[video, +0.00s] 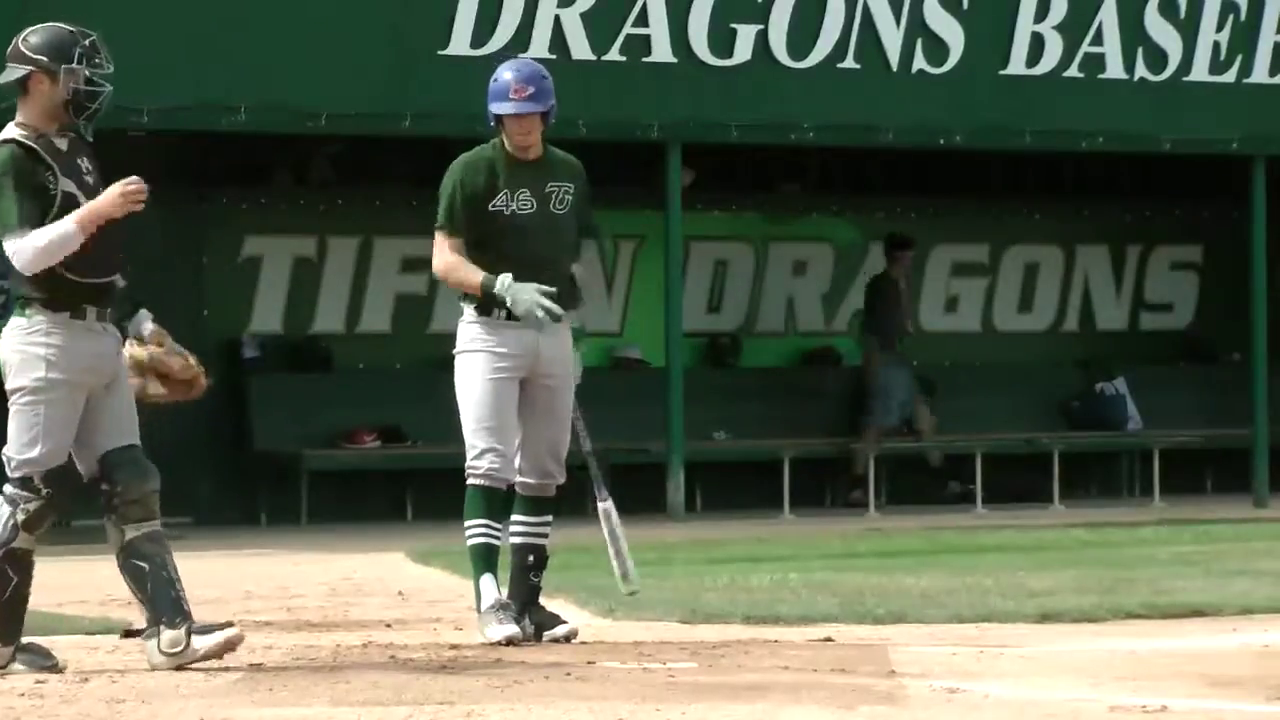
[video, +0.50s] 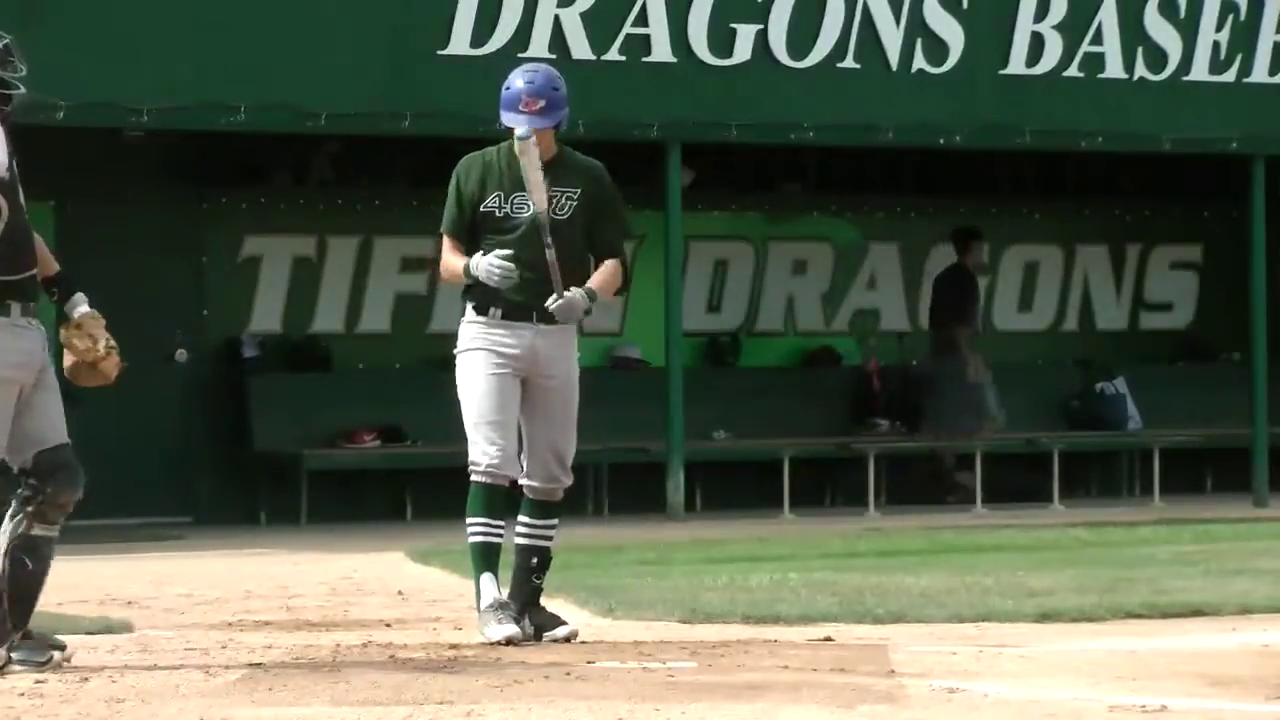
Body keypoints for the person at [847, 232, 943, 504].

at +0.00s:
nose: (907, 263)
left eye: (909, 258)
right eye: (902, 258)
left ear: (907, 258)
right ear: (891, 257)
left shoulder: (901, 285)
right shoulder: (879, 285)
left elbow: (902, 322)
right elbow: (873, 327)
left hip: (897, 357)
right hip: (880, 358)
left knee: (922, 417)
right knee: (875, 422)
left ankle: (939, 473)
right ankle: (859, 480)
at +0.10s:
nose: (920, 262)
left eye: (921, 256)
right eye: (917, 256)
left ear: (906, 257)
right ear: (909, 256)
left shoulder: (903, 285)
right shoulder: (905, 287)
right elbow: (906, 329)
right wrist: (916, 358)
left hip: (907, 362)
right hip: (905, 363)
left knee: (926, 420)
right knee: (888, 423)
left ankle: (941, 479)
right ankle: (862, 480)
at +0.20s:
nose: (937, 259)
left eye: (936, 254)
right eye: (935, 254)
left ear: (916, 253)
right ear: (930, 255)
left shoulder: (916, 282)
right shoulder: (921, 284)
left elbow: (903, 326)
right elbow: (921, 328)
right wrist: (931, 359)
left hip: (921, 361)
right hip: (920, 362)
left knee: (934, 422)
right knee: (909, 424)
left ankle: (947, 480)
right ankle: (875, 477)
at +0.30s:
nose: (954, 258)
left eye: (953, 251)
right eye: (951, 252)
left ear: (933, 251)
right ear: (941, 252)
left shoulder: (925, 278)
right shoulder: (937, 280)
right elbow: (938, 327)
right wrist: (952, 361)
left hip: (925, 360)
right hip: (936, 360)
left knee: (934, 421)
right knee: (939, 421)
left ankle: (948, 482)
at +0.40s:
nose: (969, 253)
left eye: (968, 247)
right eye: (966, 248)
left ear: (945, 248)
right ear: (959, 249)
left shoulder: (933, 278)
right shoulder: (951, 278)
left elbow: (923, 324)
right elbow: (949, 328)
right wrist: (963, 363)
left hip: (933, 360)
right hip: (948, 359)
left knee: (938, 419)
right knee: (970, 421)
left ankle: (951, 482)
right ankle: (930, 458)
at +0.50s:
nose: (983, 256)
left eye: (983, 249)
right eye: (979, 250)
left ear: (961, 250)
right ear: (968, 250)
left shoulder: (946, 277)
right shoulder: (963, 279)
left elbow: (948, 325)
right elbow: (959, 326)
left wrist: (966, 356)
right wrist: (970, 359)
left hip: (945, 356)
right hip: (958, 356)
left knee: (946, 416)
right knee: (987, 416)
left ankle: (947, 476)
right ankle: (953, 472)